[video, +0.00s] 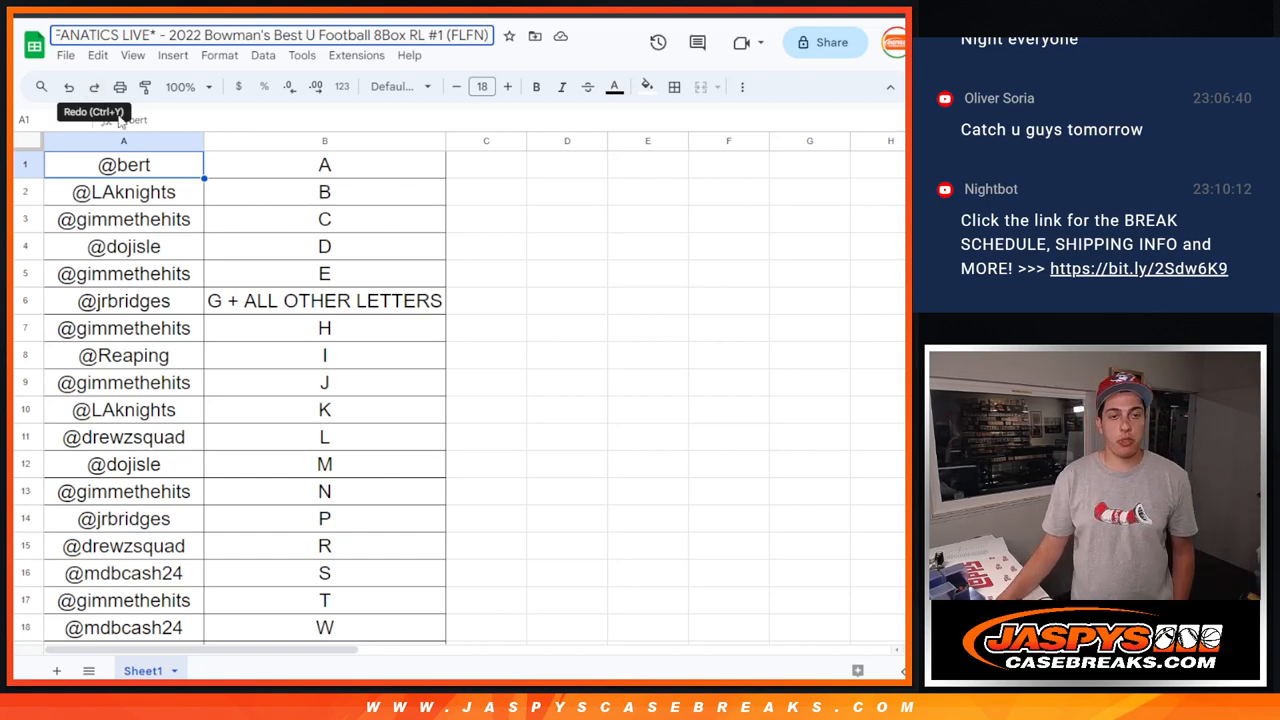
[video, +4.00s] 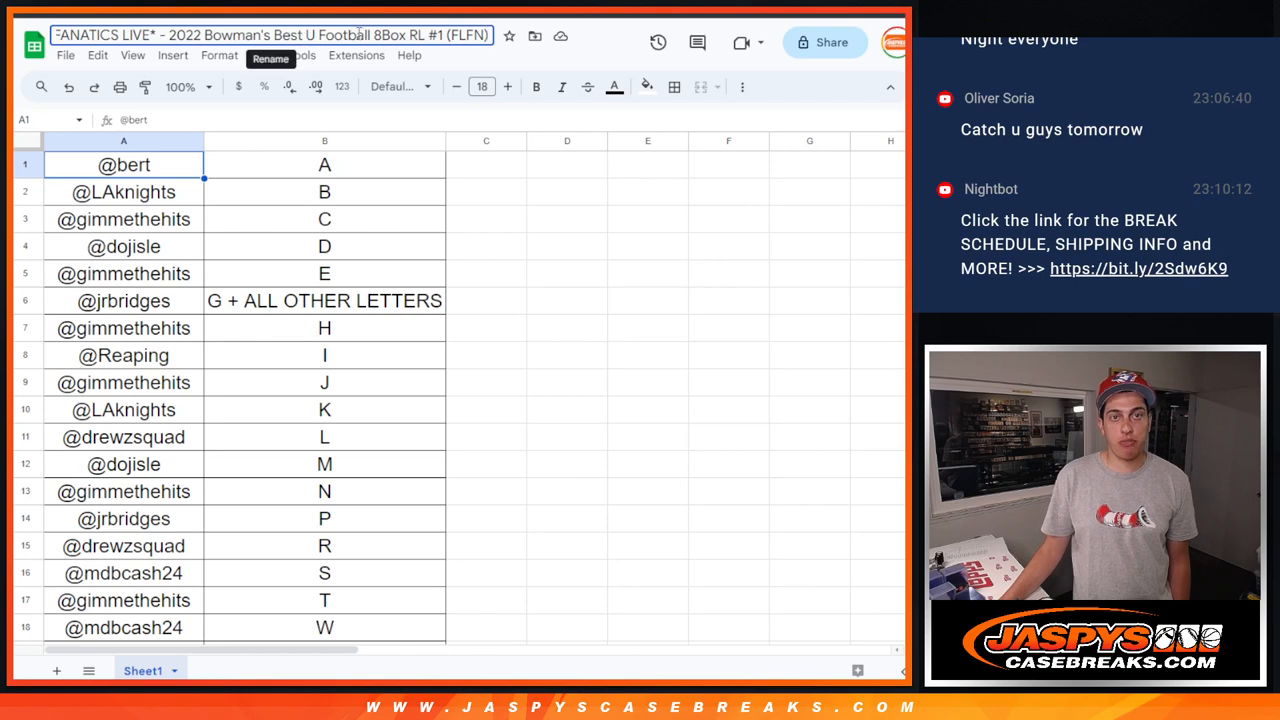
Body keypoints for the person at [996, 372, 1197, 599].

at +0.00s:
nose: (1125, 426)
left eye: (1135, 415)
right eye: (1114, 415)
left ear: (1145, 420)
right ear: (1099, 424)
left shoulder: (1173, 478)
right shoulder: (1073, 477)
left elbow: (1183, 551)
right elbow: (1050, 548)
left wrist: (1179, 604)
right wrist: (1006, 598)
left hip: (1153, 603)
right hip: (1089, 607)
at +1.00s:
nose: (1126, 427)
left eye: (1136, 415)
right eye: (1115, 416)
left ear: (1146, 421)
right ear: (1100, 424)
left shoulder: (1169, 479)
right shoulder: (1071, 475)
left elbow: (1175, 554)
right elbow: (1049, 548)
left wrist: (1175, 603)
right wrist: (1006, 600)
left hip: (1149, 602)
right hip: (1087, 603)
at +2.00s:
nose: (1126, 429)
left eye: (1136, 416)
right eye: (1114, 418)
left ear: (1147, 420)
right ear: (1100, 425)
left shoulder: (1173, 480)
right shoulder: (1073, 477)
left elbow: (1179, 555)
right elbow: (1049, 550)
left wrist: (1179, 608)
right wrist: (1005, 601)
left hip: (1153, 607)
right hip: (1090, 607)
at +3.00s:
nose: (1129, 427)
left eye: (1138, 415)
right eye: (1117, 416)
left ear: (1150, 421)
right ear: (1102, 424)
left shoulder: (1174, 480)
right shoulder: (1074, 476)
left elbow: (1179, 557)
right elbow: (1051, 548)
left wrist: (1180, 612)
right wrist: (1005, 601)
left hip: (1152, 607)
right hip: (1090, 607)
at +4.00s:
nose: (1127, 428)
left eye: (1137, 415)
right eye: (1115, 416)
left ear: (1149, 421)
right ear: (1101, 425)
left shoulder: (1175, 481)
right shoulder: (1073, 476)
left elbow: (1179, 557)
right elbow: (1051, 549)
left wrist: (1180, 611)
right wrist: (1007, 599)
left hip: (1153, 607)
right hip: (1090, 607)